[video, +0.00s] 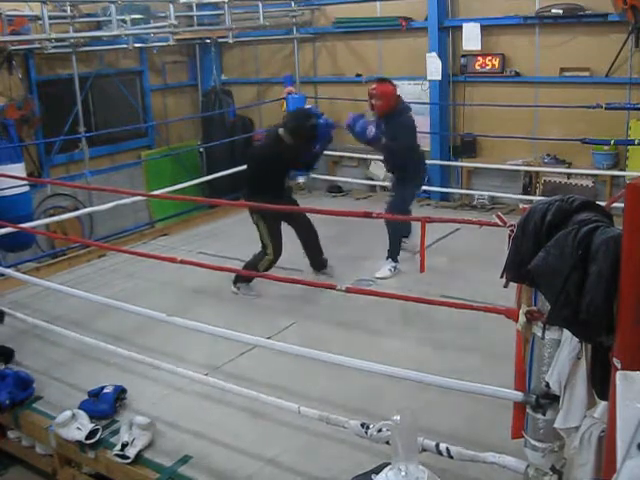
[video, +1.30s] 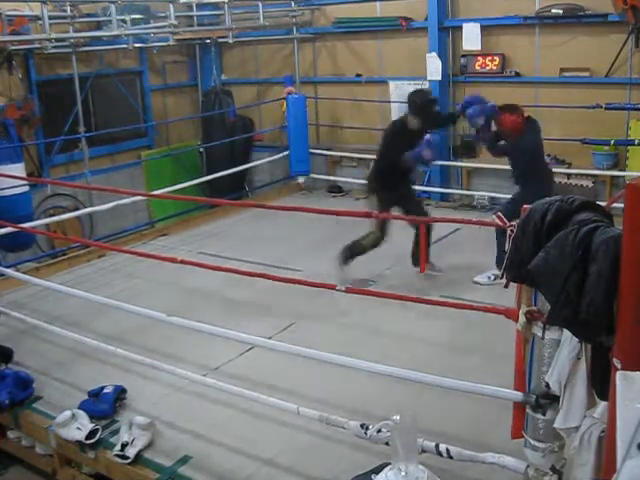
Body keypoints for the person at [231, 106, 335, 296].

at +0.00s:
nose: (305, 142)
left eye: (307, 139)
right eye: (303, 138)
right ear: (295, 133)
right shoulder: (271, 147)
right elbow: (305, 165)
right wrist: (322, 144)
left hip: (280, 196)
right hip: (260, 200)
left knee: (306, 229)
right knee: (272, 251)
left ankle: (320, 267)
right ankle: (241, 281)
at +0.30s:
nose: (324, 135)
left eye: (325, 131)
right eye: (322, 131)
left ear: (301, 128)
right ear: (311, 133)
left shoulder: (293, 142)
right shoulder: (296, 151)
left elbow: (319, 167)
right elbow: (323, 172)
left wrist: (333, 146)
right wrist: (337, 150)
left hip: (279, 210)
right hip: (264, 213)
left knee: (308, 248)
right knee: (283, 269)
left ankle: (314, 286)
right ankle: (251, 310)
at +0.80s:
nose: (345, 118)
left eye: (345, 115)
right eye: (343, 114)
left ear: (323, 111)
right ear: (336, 115)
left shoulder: (321, 131)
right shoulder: (318, 133)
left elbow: (342, 154)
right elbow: (344, 157)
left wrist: (355, 136)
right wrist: (362, 139)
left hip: (303, 202)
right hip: (289, 203)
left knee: (322, 243)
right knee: (287, 256)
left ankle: (328, 283)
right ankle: (257, 305)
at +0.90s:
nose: (356, 110)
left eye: (356, 106)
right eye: (353, 106)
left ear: (332, 108)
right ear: (343, 109)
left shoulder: (333, 132)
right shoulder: (324, 134)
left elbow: (345, 157)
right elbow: (346, 159)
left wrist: (358, 141)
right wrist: (365, 144)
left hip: (318, 196)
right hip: (301, 199)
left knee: (341, 236)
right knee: (310, 252)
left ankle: (330, 280)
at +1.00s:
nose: (366, 116)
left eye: (365, 112)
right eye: (363, 112)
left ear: (344, 116)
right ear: (352, 116)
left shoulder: (344, 137)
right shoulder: (333, 140)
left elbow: (346, 163)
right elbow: (350, 170)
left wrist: (362, 146)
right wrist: (373, 158)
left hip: (335, 201)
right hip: (316, 204)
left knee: (369, 230)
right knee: (309, 260)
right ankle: (277, 288)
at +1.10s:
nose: (386, 119)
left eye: (384, 116)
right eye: (382, 116)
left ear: (364, 120)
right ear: (372, 121)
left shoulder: (370, 139)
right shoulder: (349, 145)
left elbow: (377, 148)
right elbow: (357, 174)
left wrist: (396, 135)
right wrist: (382, 163)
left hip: (356, 203)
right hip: (337, 206)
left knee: (388, 228)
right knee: (320, 252)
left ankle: (413, 257)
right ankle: (280, 286)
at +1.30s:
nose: (433, 110)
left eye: (432, 108)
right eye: (429, 108)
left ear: (425, 111)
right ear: (416, 110)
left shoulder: (424, 122)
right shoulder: (396, 130)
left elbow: (443, 121)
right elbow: (386, 165)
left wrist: (461, 111)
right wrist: (416, 157)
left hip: (401, 183)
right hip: (382, 184)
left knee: (423, 222)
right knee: (379, 234)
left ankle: (421, 262)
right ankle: (347, 255)